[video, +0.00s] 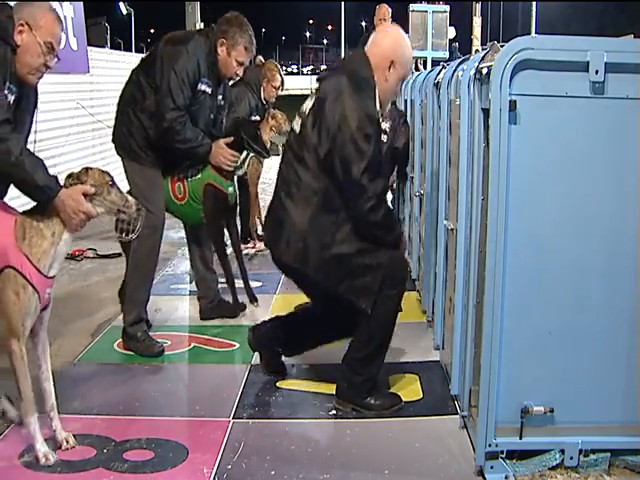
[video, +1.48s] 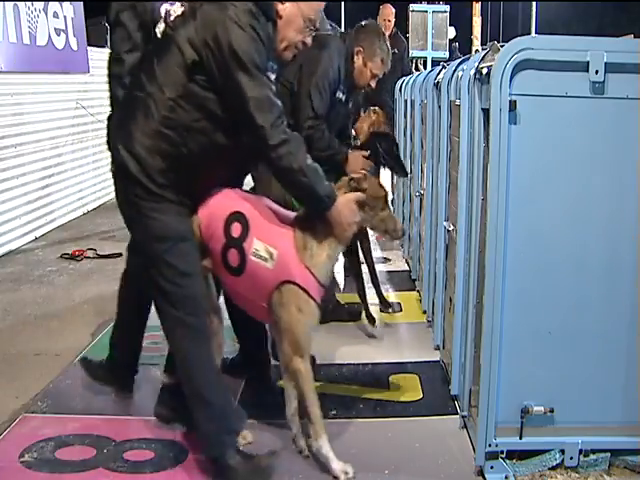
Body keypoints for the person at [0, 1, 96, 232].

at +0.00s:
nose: (51, 63)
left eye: (55, 55)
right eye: (48, 49)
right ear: (20, 32)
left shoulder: (27, 86)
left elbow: (13, 150)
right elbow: (5, 145)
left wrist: (56, 195)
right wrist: (56, 196)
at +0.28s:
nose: (70, 54)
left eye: (74, 45)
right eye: (66, 40)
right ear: (37, 24)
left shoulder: (45, 67)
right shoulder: (4, 51)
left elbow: (35, 141)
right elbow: (21, 137)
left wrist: (20, 210)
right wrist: (82, 203)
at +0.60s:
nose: (107, 51)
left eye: (112, 41)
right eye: (102, 38)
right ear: (71, 18)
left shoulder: (78, 57)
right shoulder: (25, 48)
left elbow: (74, 148)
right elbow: (64, 149)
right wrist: (133, 219)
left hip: (35, 214)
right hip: (3, 216)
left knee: (52, 308)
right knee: (9, 330)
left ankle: (55, 386)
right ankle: (9, 452)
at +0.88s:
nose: (174, 58)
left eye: (180, 49)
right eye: (172, 44)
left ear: (147, 21)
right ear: (142, 20)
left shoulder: (139, 60)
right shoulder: (86, 51)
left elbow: (134, 148)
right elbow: (126, 155)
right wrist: (191, 226)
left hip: (95, 203)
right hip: (33, 205)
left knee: (143, 292)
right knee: (40, 322)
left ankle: (164, 396)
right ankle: (8, 450)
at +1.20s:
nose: (262, 48)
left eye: (268, 39)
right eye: (262, 34)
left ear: (239, 12)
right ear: (238, 8)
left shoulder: (205, 32)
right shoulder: (184, 22)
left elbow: (219, 137)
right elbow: (217, 127)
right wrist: (272, 211)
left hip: (161, 178)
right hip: (108, 169)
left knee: (172, 292)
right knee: (118, 292)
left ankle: (172, 404)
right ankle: (49, 416)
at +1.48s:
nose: (306, 40)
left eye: (312, 31)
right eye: (307, 25)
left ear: (281, 9)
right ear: (282, 5)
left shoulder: (245, 23)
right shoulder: (233, 23)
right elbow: (269, 129)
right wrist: (328, 200)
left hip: (178, 168)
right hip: (149, 166)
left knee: (197, 293)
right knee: (187, 306)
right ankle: (221, 445)